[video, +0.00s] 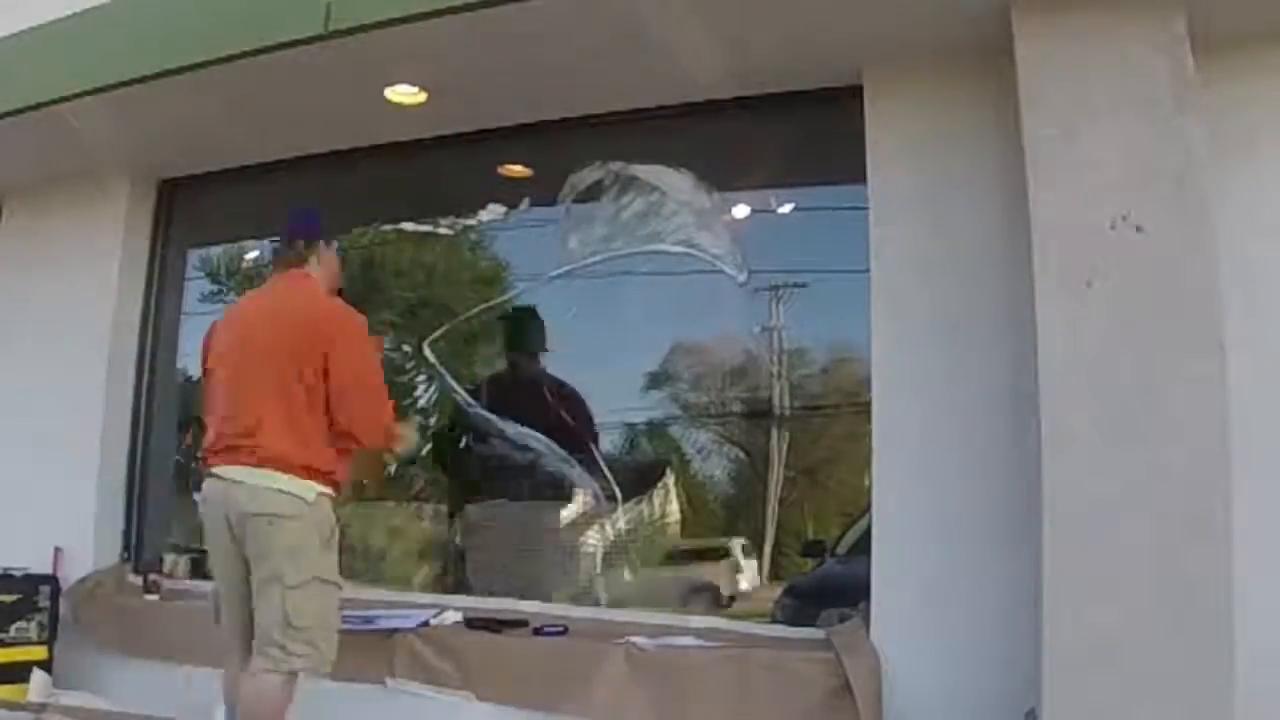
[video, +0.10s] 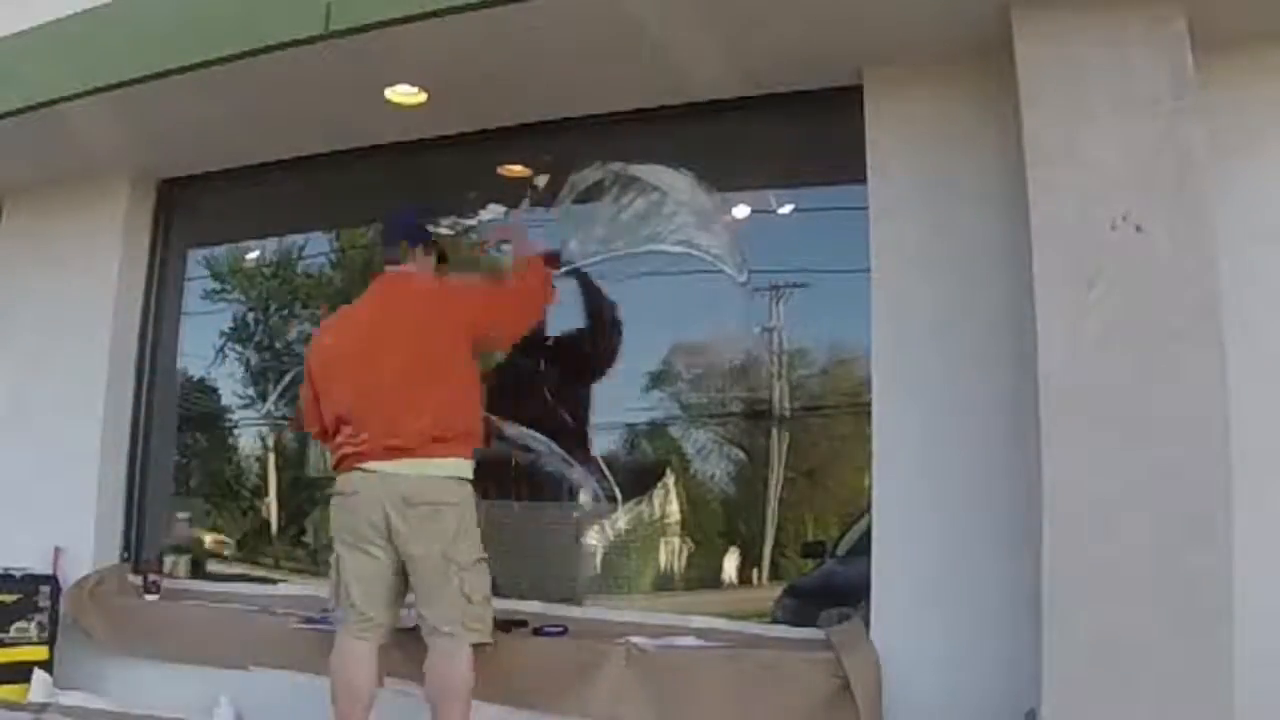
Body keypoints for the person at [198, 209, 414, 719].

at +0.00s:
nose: (339, 267)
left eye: (337, 256)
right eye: (336, 255)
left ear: (281, 259)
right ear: (321, 254)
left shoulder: (229, 319)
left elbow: (217, 411)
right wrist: (395, 435)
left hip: (220, 497)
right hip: (289, 505)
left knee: (241, 647)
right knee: (279, 658)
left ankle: (241, 716)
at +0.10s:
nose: (439, 264)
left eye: (436, 256)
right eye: (435, 256)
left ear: (383, 258)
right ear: (422, 254)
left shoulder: (333, 329)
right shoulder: (451, 300)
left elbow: (315, 419)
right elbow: (524, 305)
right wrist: (529, 257)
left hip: (358, 493)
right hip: (437, 492)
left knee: (358, 629)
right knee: (448, 635)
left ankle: (348, 717)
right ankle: (450, 716)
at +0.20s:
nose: (381, 250)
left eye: (377, 242)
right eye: (376, 242)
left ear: (321, 260)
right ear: (364, 250)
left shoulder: (294, 332)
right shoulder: (419, 290)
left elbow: (280, 423)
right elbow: (479, 261)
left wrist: (336, 419)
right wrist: (480, 205)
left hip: (323, 488)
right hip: (403, 485)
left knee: (325, 626)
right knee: (415, 627)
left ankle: (322, 717)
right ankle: (419, 717)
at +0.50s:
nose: (385, 258)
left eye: (382, 252)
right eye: (381, 251)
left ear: (321, 266)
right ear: (371, 256)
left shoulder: (294, 334)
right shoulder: (418, 293)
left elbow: (274, 429)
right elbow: (479, 262)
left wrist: (328, 414)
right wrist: (451, 226)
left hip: (326, 491)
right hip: (404, 489)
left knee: (326, 630)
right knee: (398, 634)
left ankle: (326, 716)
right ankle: (387, 718)